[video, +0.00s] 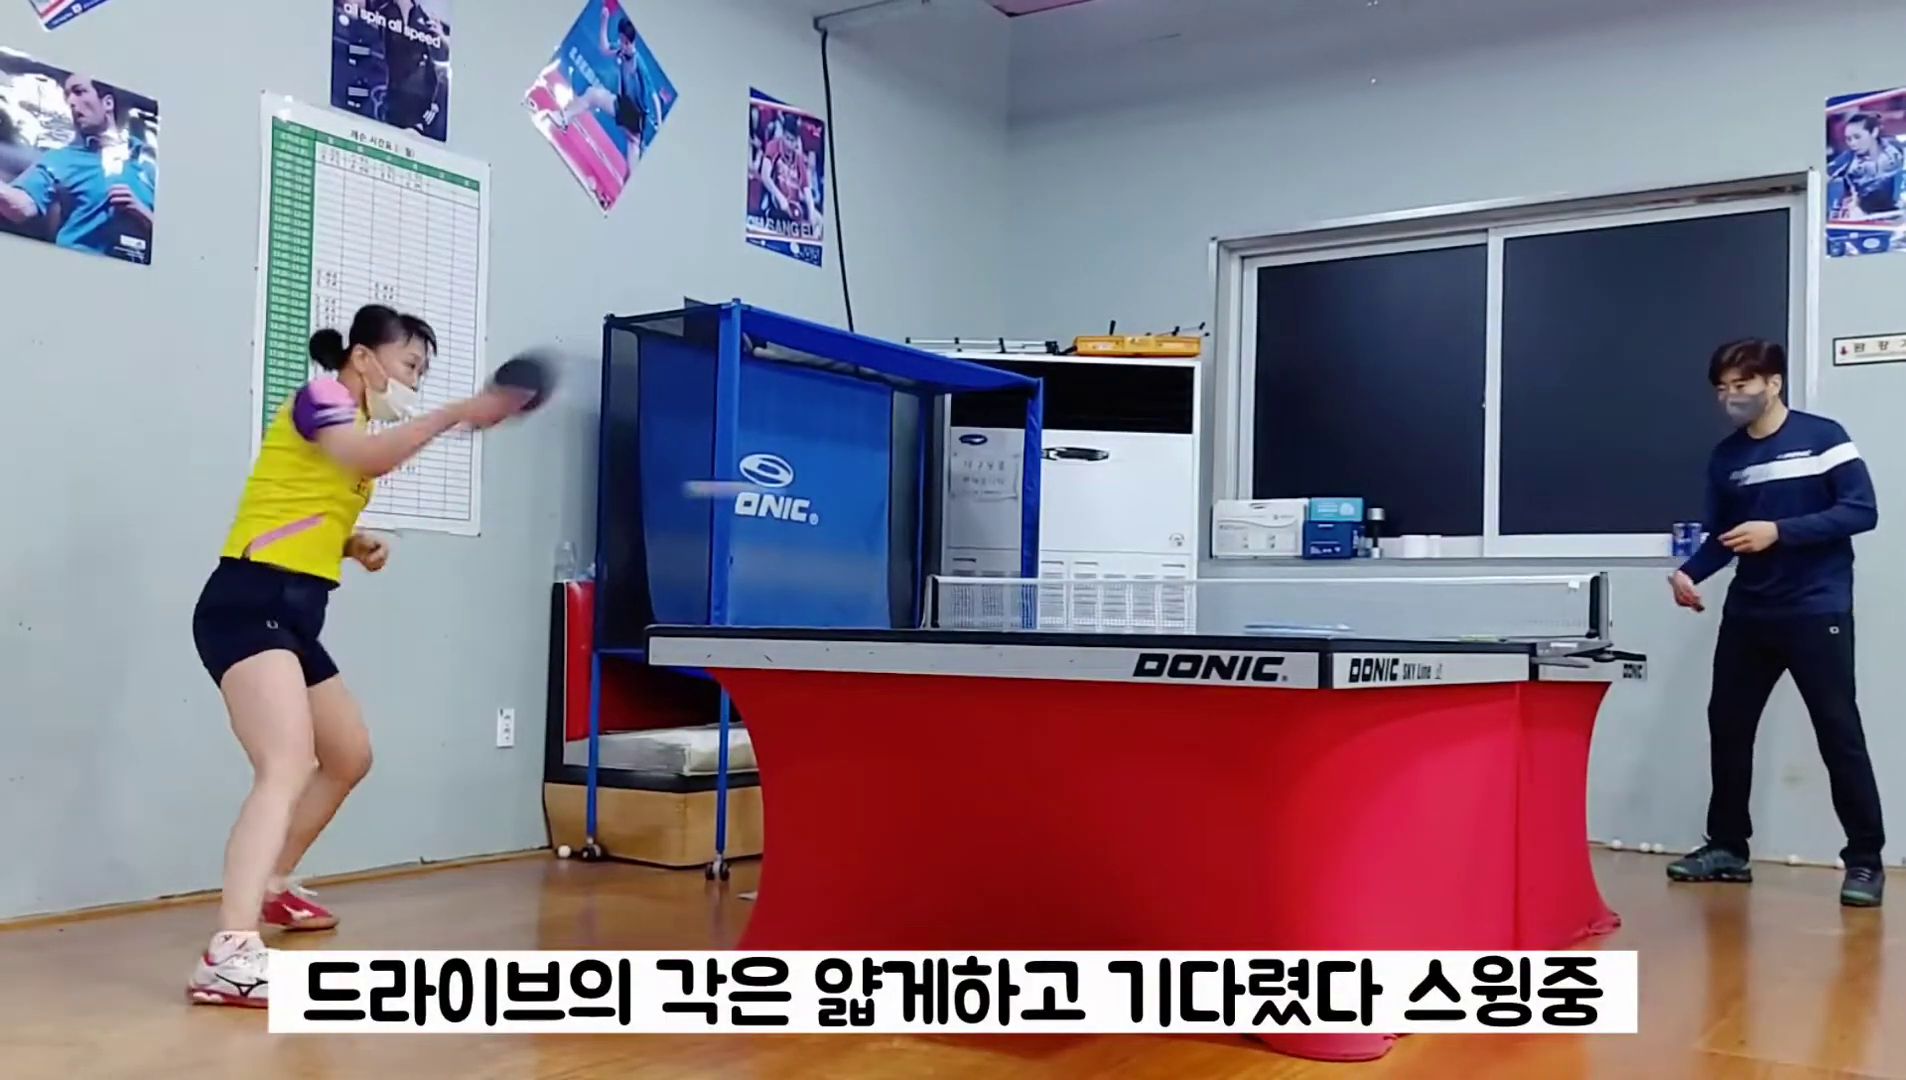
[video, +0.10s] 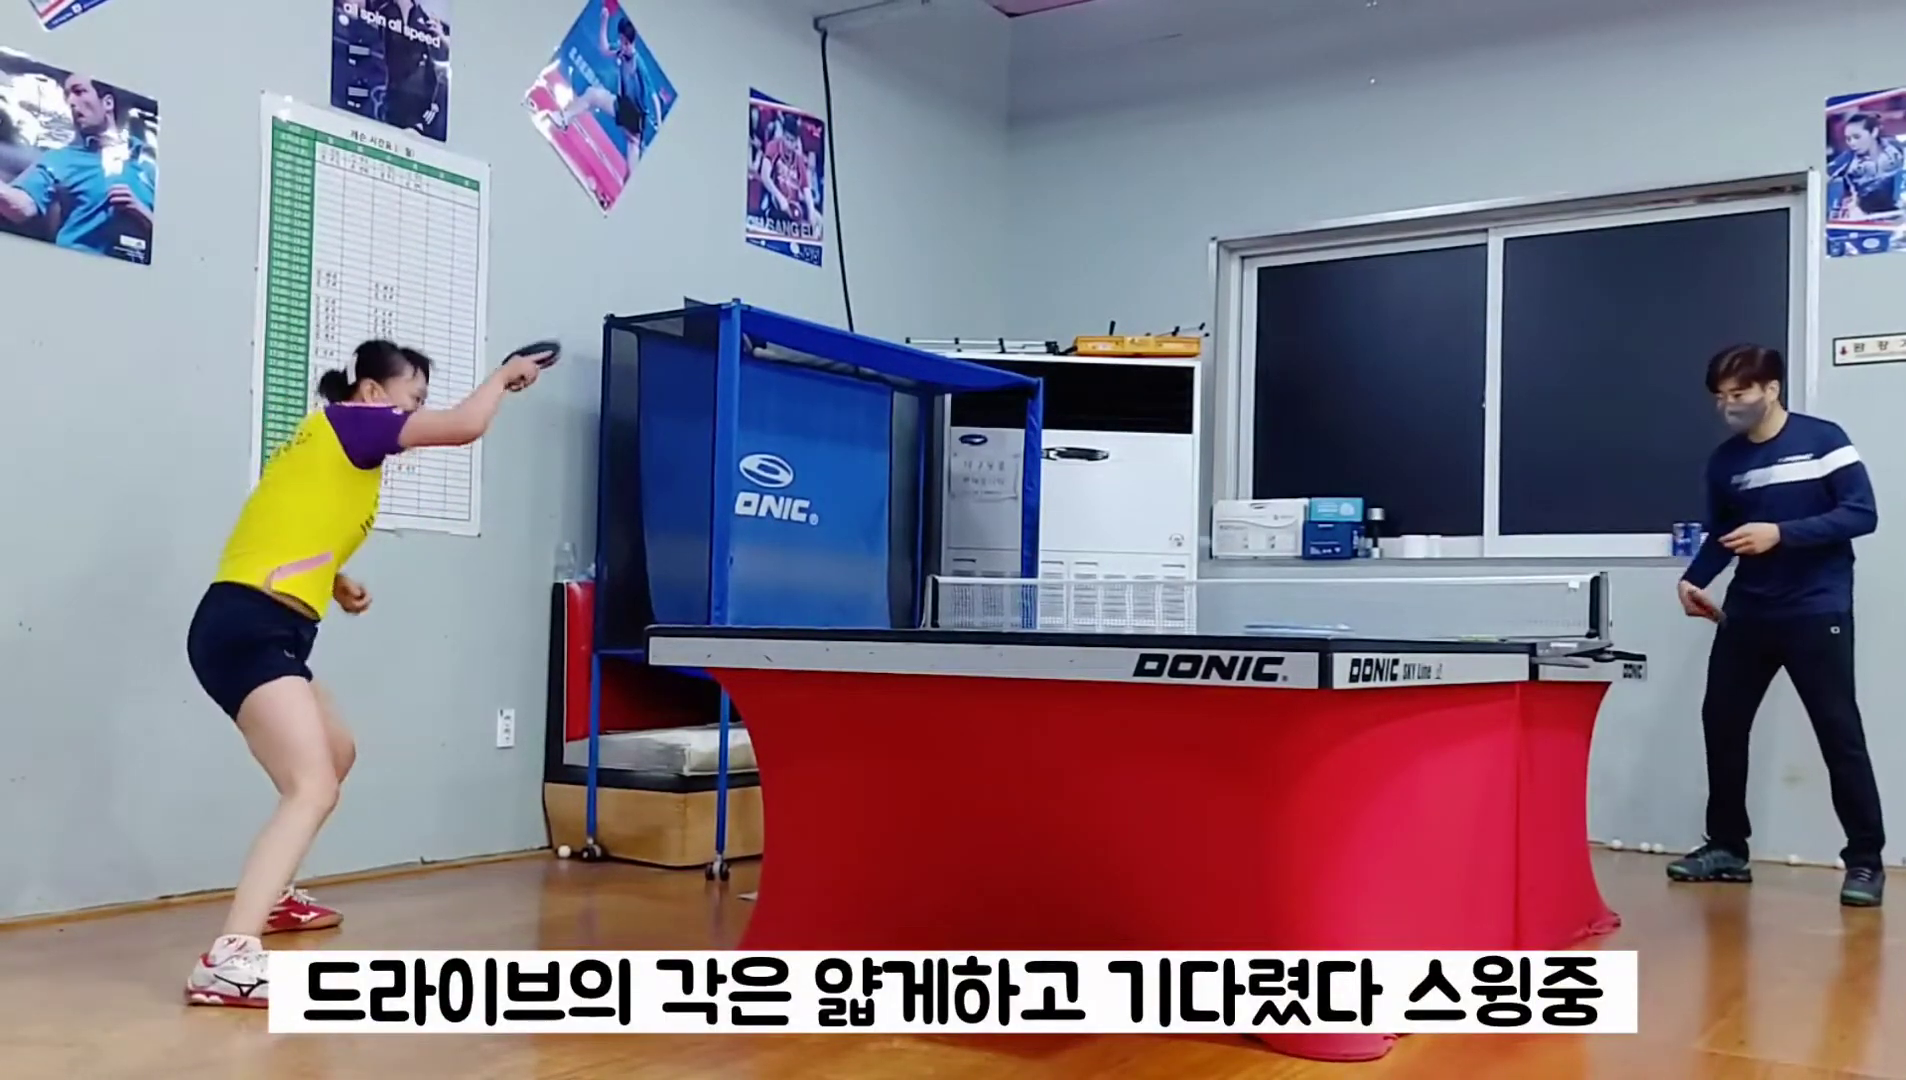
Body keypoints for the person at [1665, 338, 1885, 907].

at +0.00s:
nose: (1730, 394)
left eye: (1742, 382)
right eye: (1723, 387)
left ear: (1774, 383)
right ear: (1719, 394)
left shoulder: (1823, 436)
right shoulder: (1726, 456)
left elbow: (1861, 509)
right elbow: (1723, 535)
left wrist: (1778, 529)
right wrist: (1689, 570)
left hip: (1818, 615)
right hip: (1749, 616)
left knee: (1839, 735)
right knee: (1728, 726)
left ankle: (1864, 862)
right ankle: (1729, 848)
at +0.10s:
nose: (1727, 403)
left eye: (1738, 393)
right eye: (1720, 395)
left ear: (1771, 389)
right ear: (1716, 399)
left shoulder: (1823, 439)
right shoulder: (1725, 460)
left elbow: (1861, 513)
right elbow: (1724, 532)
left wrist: (1778, 532)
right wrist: (1693, 577)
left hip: (1817, 615)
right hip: (1748, 615)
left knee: (1839, 735)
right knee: (1721, 722)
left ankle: (1864, 863)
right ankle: (1728, 848)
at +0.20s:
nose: (1724, 410)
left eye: (1735, 399)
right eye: (1717, 401)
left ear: (1768, 394)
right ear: (1713, 404)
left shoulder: (1824, 442)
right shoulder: (1721, 462)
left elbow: (1862, 515)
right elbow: (1699, 527)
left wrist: (1785, 534)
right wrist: (1676, 573)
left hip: (1817, 618)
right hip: (1744, 618)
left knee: (1841, 736)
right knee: (1716, 721)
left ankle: (1864, 863)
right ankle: (1727, 847)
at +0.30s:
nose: (1721, 410)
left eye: (1732, 399)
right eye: (1714, 401)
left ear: (1764, 396)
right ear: (1708, 402)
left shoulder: (1819, 443)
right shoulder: (1710, 462)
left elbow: (1862, 515)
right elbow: (1668, 516)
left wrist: (1788, 536)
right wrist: (1640, 554)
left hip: (1813, 618)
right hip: (1740, 618)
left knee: (1839, 737)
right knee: (1713, 723)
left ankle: (1864, 863)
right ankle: (1725, 848)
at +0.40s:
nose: (1715, 406)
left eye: (1726, 395)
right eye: (1708, 397)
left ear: (1758, 393)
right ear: (1703, 401)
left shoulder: (1813, 441)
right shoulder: (1703, 460)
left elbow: (1857, 512)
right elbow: (1652, 507)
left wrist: (1787, 536)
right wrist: (1611, 525)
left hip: (1808, 615)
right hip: (1735, 615)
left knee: (1836, 735)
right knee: (1711, 724)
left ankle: (1864, 862)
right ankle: (1726, 848)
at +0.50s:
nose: (1713, 399)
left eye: (1724, 388)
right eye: (1706, 391)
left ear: (1756, 388)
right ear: (1700, 398)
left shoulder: (1808, 440)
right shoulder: (1698, 458)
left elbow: (1851, 511)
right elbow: (1643, 508)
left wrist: (1781, 535)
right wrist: (1607, 513)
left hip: (1804, 616)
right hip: (1730, 617)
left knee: (1835, 737)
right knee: (1712, 729)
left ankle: (1864, 860)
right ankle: (1725, 848)